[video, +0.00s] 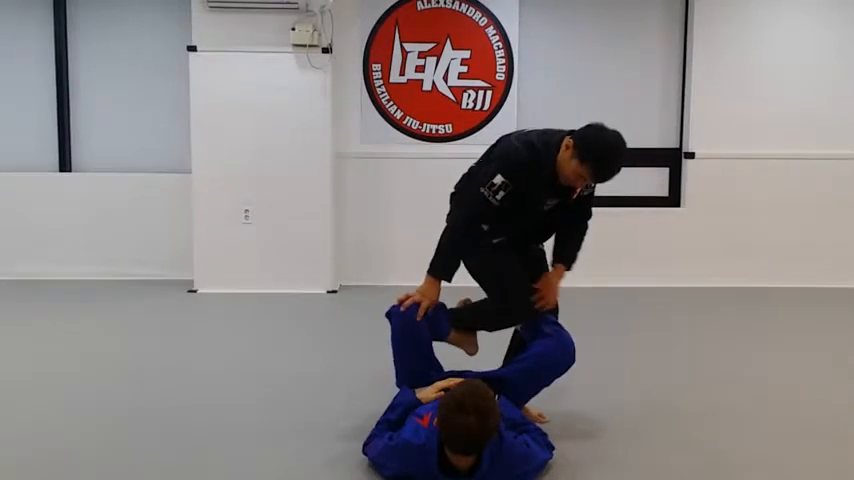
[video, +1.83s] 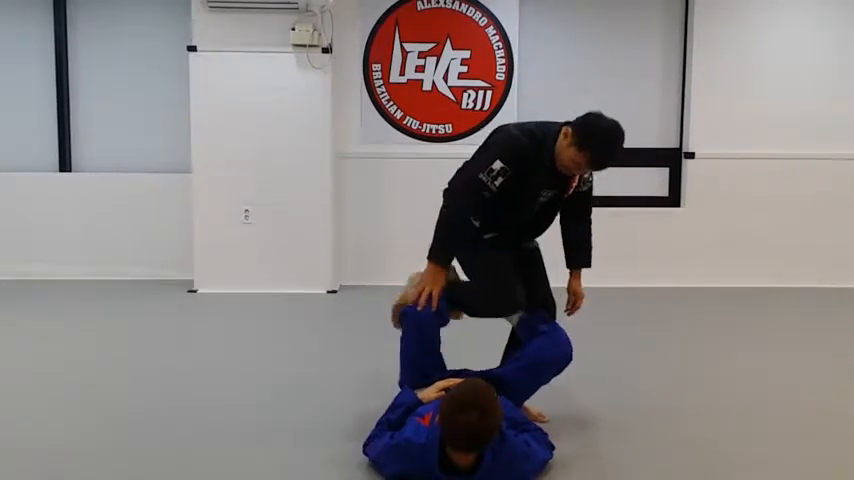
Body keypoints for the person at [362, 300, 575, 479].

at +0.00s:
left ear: (438, 426)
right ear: (496, 426)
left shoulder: (407, 452)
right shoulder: (514, 456)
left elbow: (373, 444)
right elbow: (541, 444)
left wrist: (412, 397)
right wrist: (509, 405)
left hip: (428, 392)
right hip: (496, 395)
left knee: (404, 313)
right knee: (562, 348)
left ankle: (453, 330)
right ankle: (528, 306)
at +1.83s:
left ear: (439, 421)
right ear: (497, 428)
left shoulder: (409, 451)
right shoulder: (515, 456)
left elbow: (374, 443)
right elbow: (540, 443)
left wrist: (413, 397)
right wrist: (520, 414)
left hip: (429, 392)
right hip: (498, 397)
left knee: (419, 316)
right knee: (559, 346)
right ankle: (519, 312)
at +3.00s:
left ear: (439, 416)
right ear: (498, 421)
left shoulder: (409, 449)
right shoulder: (515, 455)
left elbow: (374, 444)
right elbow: (540, 442)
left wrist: (414, 398)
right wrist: (513, 408)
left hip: (424, 397)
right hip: (495, 396)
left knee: (415, 316)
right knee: (550, 339)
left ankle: (413, 295)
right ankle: (520, 306)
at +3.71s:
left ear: (437, 425)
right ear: (498, 430)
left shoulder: (409, 452)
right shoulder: (517, 457)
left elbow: (373, 445)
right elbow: (540, 441)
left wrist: (411, 398)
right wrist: (506, 403)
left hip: (423, 394)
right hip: (492, 392)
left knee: (386, 319)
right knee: (543, 331)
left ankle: (413, 311)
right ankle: (491, 312)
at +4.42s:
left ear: (437, 427)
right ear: (497, 431)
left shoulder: (408, 452)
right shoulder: (517, 457)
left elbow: (372, 445)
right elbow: (542, 442)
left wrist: (409, 398)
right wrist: (502, 402)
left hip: (423, 395)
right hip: (493, 393)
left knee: (385, 318)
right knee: (546, 328)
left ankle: (421, 319)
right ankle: (503, 318)